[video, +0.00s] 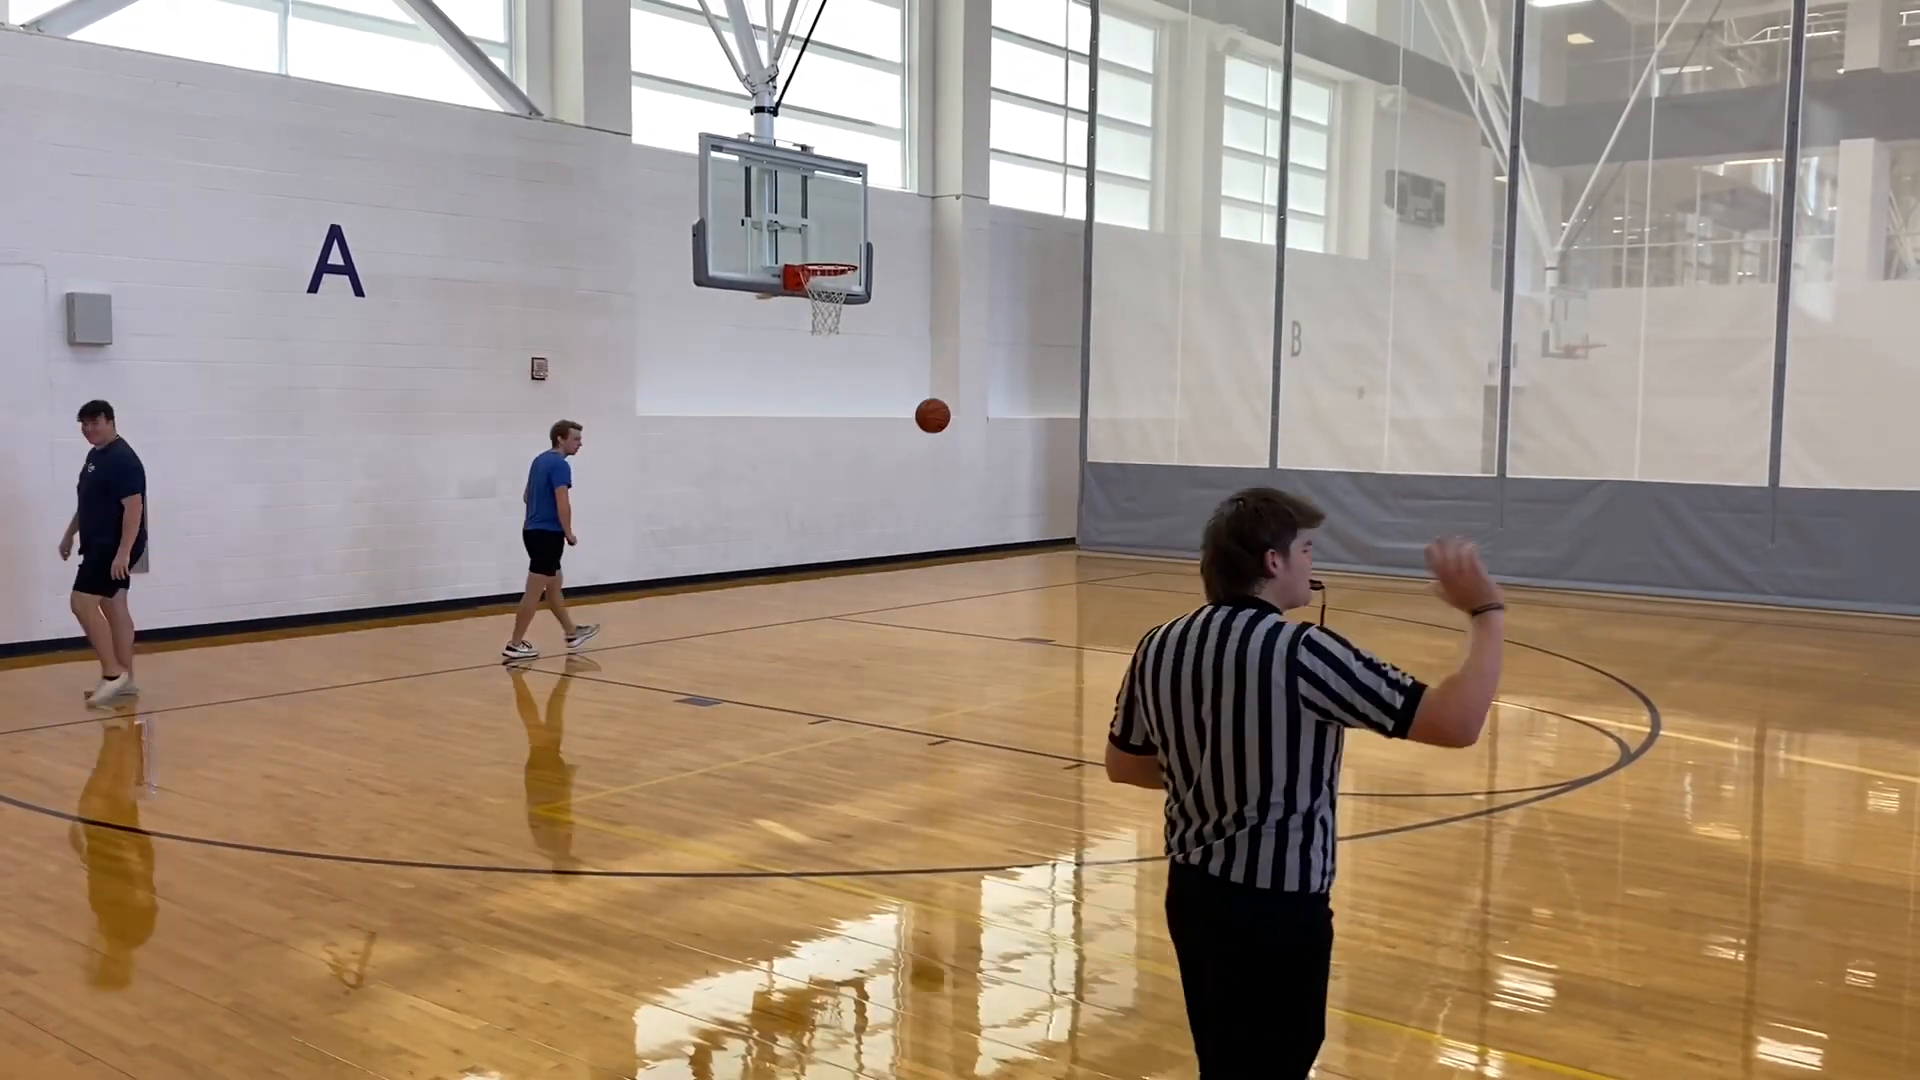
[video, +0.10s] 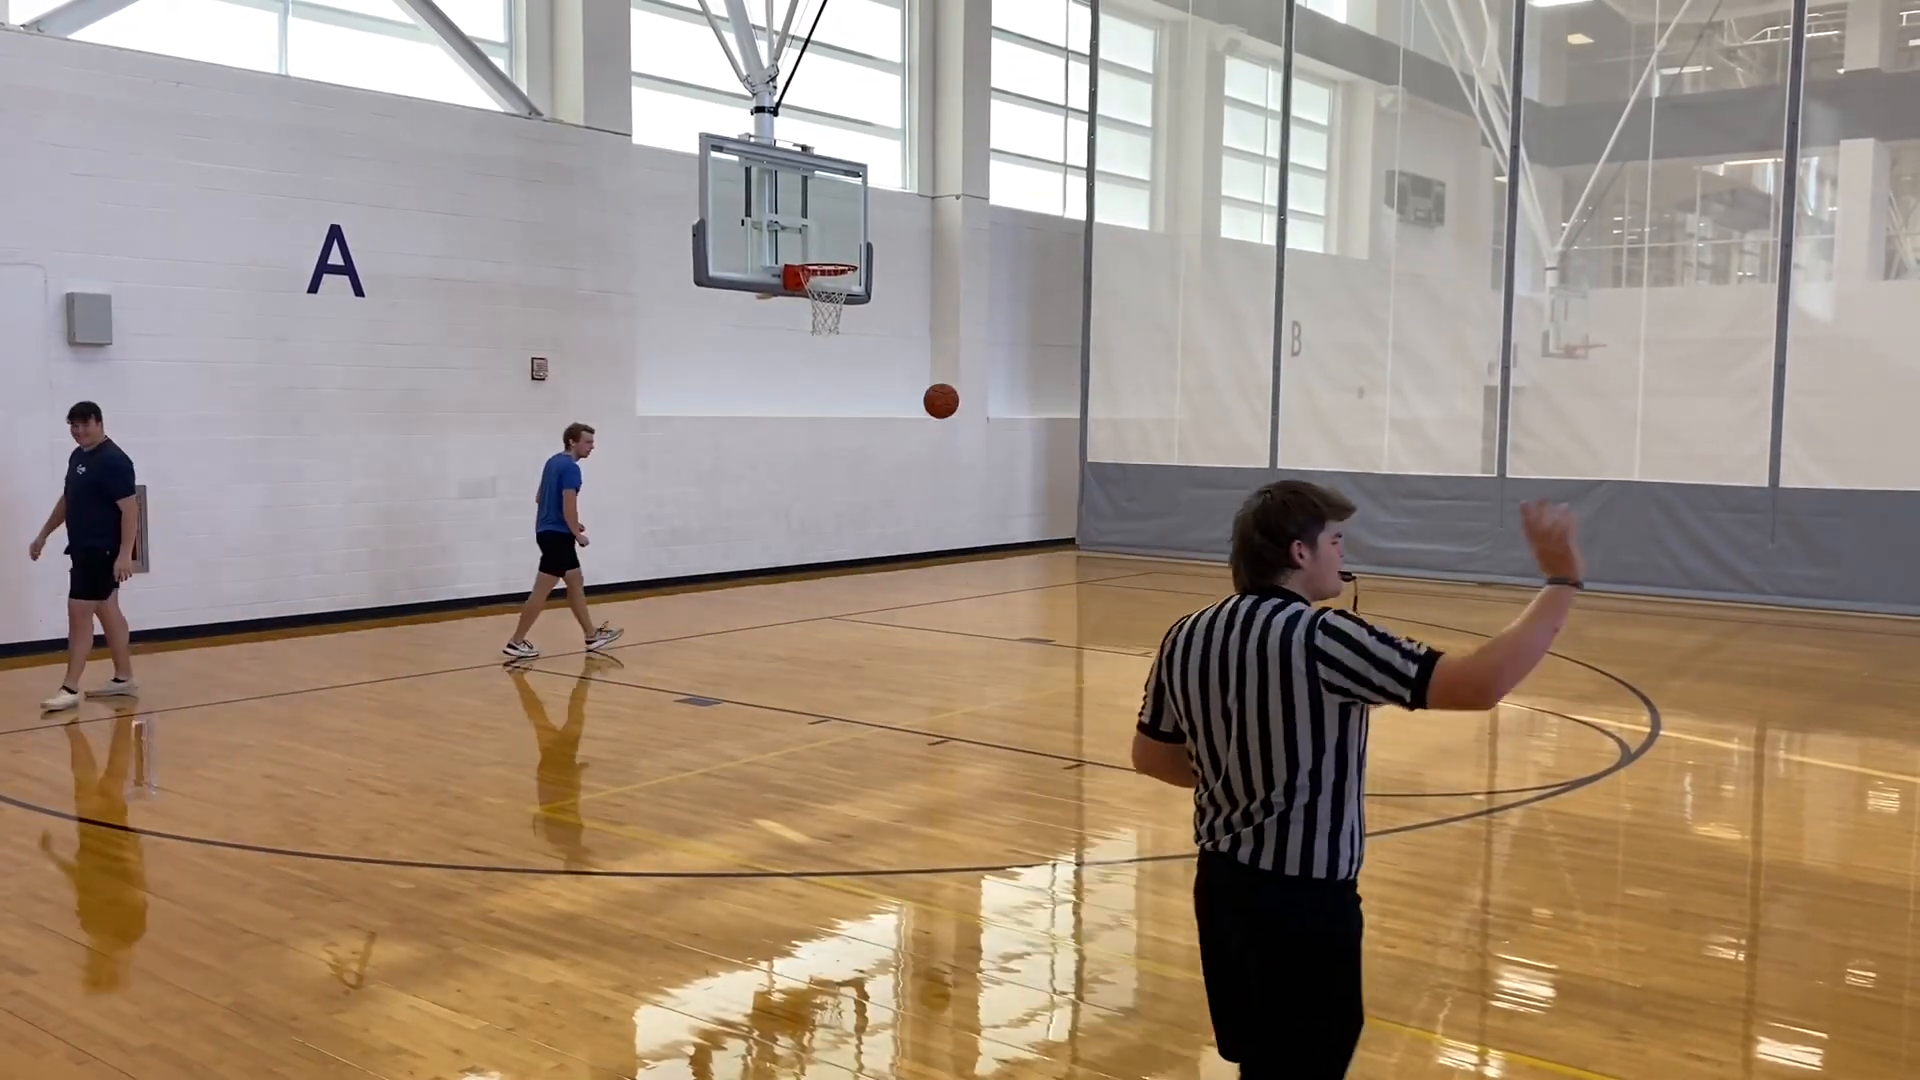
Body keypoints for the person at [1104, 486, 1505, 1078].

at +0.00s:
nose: (1312, 566)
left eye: (1310, 551)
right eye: (1306, 552)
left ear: (1224, 560)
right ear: (1273, 560)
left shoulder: (1160, 645)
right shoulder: (1300, 651)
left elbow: (1126, 761)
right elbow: (1457, 721)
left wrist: (1210, 773)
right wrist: (1487, 611)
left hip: (1192, 895)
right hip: (1281, 904)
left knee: (1220, 1059)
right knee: (1280, 1058)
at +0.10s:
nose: (1343, 559)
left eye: (1340, 544)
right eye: (1334, 543)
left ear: (1251, 556)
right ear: (1298, 552)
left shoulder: (1186, 636)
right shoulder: (1321, 637)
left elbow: (1152, 752)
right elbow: (1476, 684)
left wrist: (1237, 774)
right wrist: (1562, 583)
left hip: (1223, 889)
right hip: (1309, 900)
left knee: (1258, 1063)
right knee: (1310, 1065)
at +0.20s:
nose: (1373, 557)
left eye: (1371, 542)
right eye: (1364, 541)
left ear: (1287, 548)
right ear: (1324, 547)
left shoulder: (1212, 630)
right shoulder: (1345, 628)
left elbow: (1179, 746)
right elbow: (1505, 636)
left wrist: (1258, 756)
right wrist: (1636, 572)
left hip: (1246, 887)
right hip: (1334, 894)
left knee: (1299, 1059)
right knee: (1359, 1058)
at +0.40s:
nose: (1417, 555)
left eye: (1415, 539)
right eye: (1410, 539)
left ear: (1336, 543)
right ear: (1376, 541)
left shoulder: (1256, 624)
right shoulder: (1389, 619)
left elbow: (1228, 738)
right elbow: (1534, 614)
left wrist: (1305, 756)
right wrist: (1683, 591)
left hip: (1283, 878)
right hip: (1378, 884)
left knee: (1312, 1057)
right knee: (1433, 1059)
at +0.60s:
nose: (1455, 562)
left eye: (1455, 546)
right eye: (1454, 546)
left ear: (1371, 546)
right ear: (1429, 547)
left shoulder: (1300, 626)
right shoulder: (1438, 625)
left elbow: (1265, 737)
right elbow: (1592, 622)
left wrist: (1343, 754)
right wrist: (1742, 604)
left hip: (1325, 876)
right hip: (1428, 883)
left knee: (1337, 1054)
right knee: (1471, 1056)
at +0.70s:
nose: (1479, 569)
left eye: (1478, 553)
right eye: (1479, 555)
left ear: (1396, 552)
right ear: (1463, 557)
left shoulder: (1326, 630)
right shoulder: (1469, 632)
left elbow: (1288, 740)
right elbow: (1633, 640)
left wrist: (1368, 757)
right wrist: (1777, 612)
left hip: (1350, 881)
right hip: (1458, 888)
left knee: (1353, 1057)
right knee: (1496, 1060)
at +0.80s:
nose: (1510, 562)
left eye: (1507, 550)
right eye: (1509, 552)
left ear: (1424, 552)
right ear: (1502, 562)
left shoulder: (1358, 632)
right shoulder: (1506, 637)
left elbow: (1315, 745)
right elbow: (1661, 693)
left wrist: (1397, 758)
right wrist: (1778, 615)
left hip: (1381, 892)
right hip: (1494, 899)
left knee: (1378, 1059)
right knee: (1510, 1066)